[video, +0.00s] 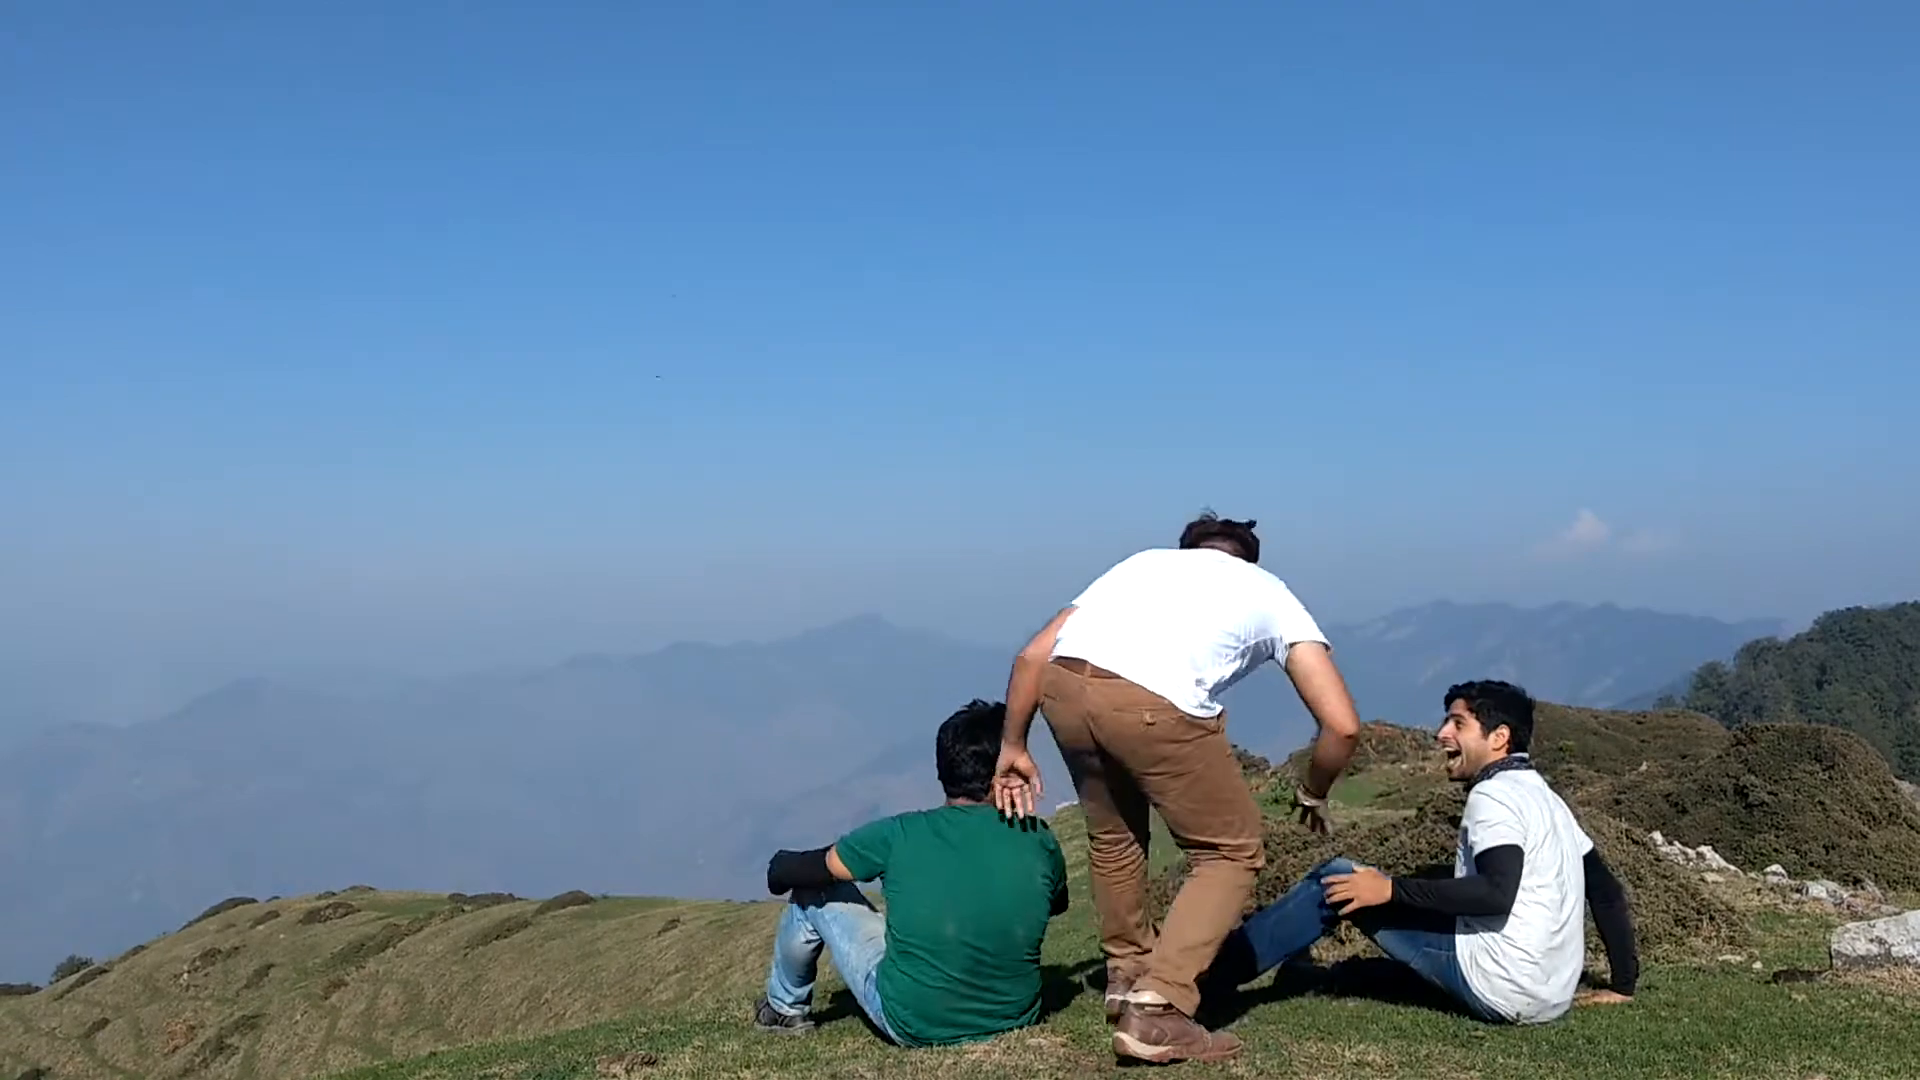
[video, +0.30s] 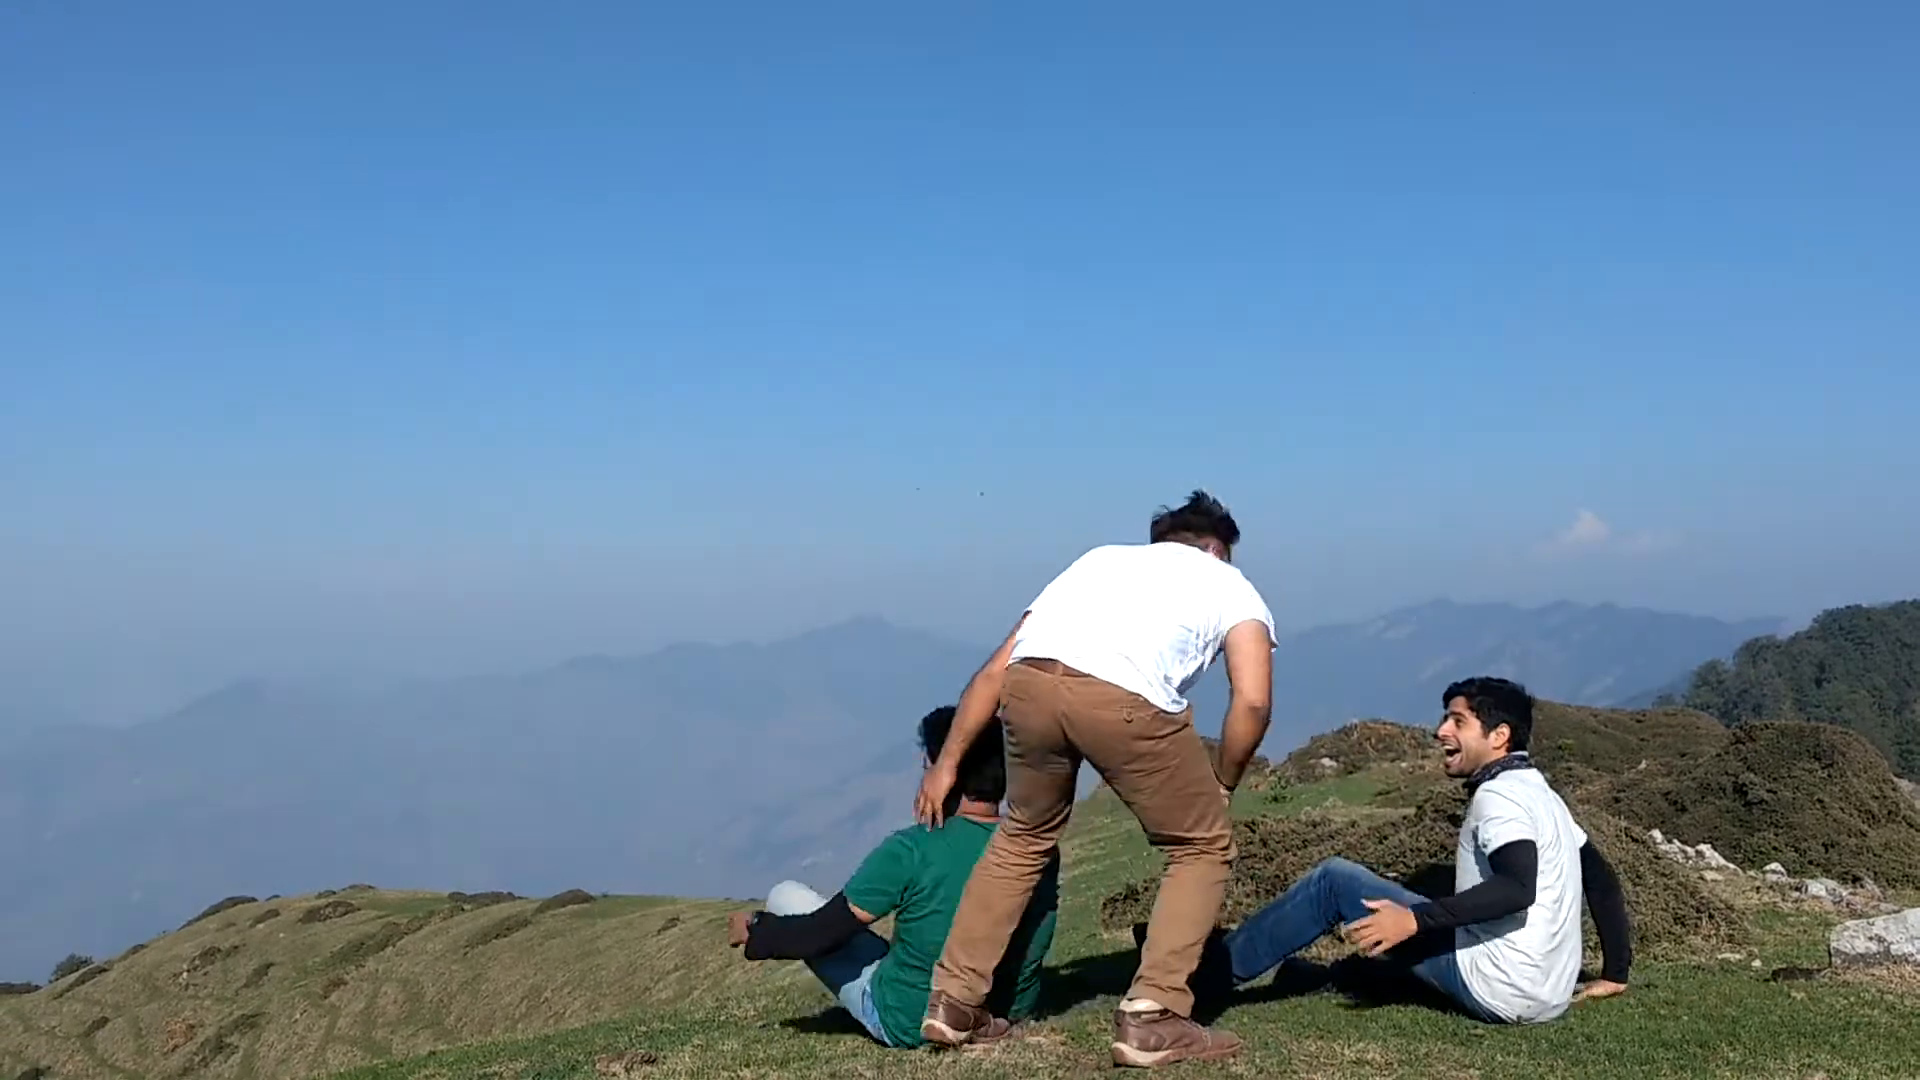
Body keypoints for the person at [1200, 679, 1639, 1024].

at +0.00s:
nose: (1442, 734)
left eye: (1457, 723)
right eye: (1446, 721)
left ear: (1500, 739)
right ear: (1504, 745)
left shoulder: (1493, 795)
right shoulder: (1548, 797)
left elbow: (1496, 893)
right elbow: (1608, 894)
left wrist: (1391, 890)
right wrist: (1626, 984)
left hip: (1498, 986)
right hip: (1549, 995)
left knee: (1337, 877)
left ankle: (1204, 978)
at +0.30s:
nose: (1443, 733)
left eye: (1458, 722)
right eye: (1445, 720)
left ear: (1501, 737)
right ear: (1503, 742)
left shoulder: (1497, 796)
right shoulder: (1544, 794)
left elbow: (1516, 889)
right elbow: (1601, 881)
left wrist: (1418, 920)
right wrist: (1618, 974)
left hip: (1498, 989)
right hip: (1546, 993)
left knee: (1334, 879)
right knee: (1433, 901)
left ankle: (1207, 975)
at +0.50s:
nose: (1448, 727)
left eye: (1464, 715)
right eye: (1451, 714)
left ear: (1507, 733)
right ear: (1507, 738)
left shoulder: (1497, 790)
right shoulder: (1543, 784)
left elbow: (1528, 895)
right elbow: (1591, 878)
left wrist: (1508, 1011)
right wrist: (1589, 973)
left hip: (1491, 979)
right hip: (1546, 988)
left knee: (1335, 879)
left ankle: (1211, 975)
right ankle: (1333, 979)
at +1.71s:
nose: (1482, 725)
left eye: (1496, 714)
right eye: (1483, 713)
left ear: (1540, 728)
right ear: (1537, 730)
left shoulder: (1542, 797)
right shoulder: (1559, 778)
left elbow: (1553, 909)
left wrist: (1517, 1010)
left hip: (1540, 983)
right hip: (1563, 964)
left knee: (1377, 944)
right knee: (1458, 887)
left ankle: (1216, 991)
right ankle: (1373, 960)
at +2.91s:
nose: (1479, 747)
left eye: (1492, 735)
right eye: (1479, 734)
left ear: (1537, 744)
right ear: (1527, 744)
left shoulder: (1556, 809)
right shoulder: (1540, 798)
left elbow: (1629, 901)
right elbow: (1599, 892)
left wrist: (1594, 1000)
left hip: (1542, 990)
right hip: (1539, 952)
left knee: (1388, 960)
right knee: (1471, 896)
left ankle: (1233, 1004)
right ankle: (1354, 965)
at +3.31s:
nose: (1514, 740)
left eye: (1527, 725)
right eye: (1504, 728)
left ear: (1563, 727)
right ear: (1496, 731)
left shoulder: (1572, 791)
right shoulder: (1554, 776)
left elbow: (1602, 901)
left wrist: (1596, 1006)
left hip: (1543, 969)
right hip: (1536, 931)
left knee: (1385, 918)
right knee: (1465, 871)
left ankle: (1244, 992)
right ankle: (1382, 970)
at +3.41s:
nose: (1514, 732)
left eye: (1527, 717)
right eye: (1504, 721)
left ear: (1561, 718)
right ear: (1496, 725)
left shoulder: (1568, 786)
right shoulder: (1556, 773)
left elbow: (1594, 899)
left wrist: (1598, 1007)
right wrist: (1582, 974)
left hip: (1530, 952)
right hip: (1532, 924)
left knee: (1394, 852)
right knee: (1452, 829)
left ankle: (1299, 983)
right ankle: (1378, 966)